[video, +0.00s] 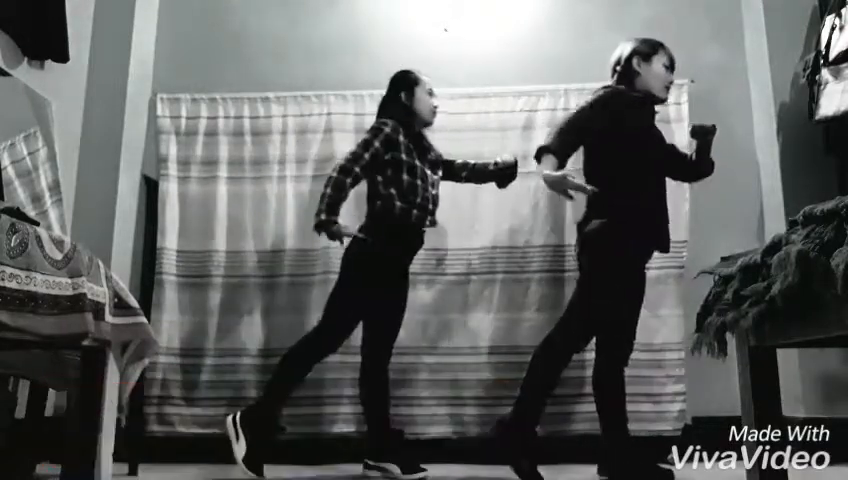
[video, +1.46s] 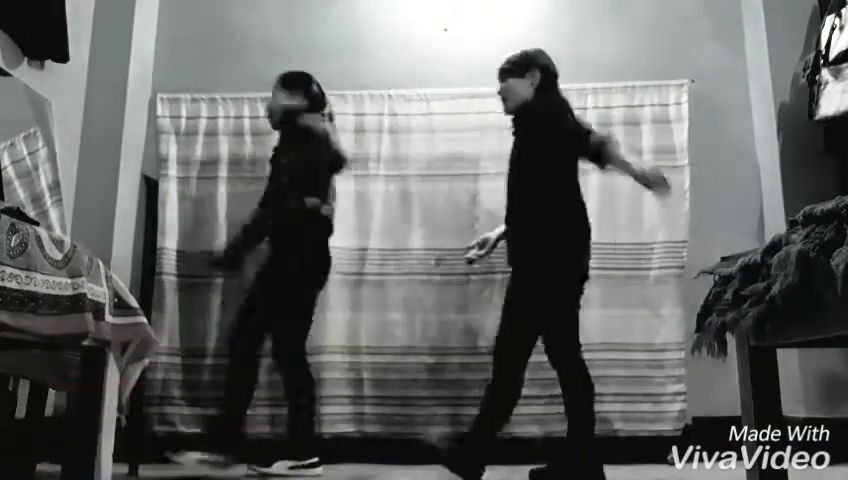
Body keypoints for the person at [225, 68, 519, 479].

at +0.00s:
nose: (436, 102)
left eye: (434, 95)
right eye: (429, 94)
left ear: (410, 100)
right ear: (405, 98)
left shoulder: (420, 147)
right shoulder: (387, 132)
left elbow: (451, 169)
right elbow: (348, 169)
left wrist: (499, 171)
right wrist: (326, 217)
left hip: (395, 258)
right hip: (372, 254)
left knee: (378, 355)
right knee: (327, 338)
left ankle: (381, 449)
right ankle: (255, 421)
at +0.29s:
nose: (435, 104)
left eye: (434, 97)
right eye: (427, 96)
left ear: (412, 103)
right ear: (404, 101)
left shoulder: (421, 151)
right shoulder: (387, 131)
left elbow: (450, 173)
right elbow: (348, 162)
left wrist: (499, 175)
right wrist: (333, 208)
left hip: (394, 257)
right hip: (371, 251)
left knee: (377, 356)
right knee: (327, 338)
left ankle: (380, 450)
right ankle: (255, 422)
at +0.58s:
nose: (429, 104)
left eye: (429, 97)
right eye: (422, 96)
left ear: (406, 102)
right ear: (398, 100)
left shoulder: (415, 149)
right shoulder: (381, 130)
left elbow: (441, 174)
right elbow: (344, 162)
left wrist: (485, 181)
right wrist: (334, 207)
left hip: (391, 255)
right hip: (366, 249)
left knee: (377, 354)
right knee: (325, 338)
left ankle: (380, 449)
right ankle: (253, 423)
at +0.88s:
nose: (429, 115)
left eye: (427, 108)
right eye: (419, 108)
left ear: (419, 120)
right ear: (399, 118)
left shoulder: (426, 171)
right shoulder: (378, 159)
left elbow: (478, 202)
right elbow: (345, 208)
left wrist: (469, 175)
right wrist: (381, 248)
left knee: (401, 359)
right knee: (367, 332)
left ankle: (386, 452)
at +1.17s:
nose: (315, 98)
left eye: (321, 90)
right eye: (316, 90)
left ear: (342, 95)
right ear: (331, 96)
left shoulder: (372, 135)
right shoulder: (324, 135)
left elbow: (392, 193)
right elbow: (300, 152)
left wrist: (402, 251)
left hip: (364, 253)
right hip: (334, 252)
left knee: (367, 351)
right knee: (306, 347)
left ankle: (390, 453)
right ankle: (304, 448)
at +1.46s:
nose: (268, 104)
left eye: (275, 97)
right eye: (271, 97)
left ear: (294, 100)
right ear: (305, 100)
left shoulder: (298, 139)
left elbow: (274, 206)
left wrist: (234, 251)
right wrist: (234, 250)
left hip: (293, 254)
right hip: (306, 254)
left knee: (245, 337)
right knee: (290, 348)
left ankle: (227, 435)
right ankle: (303, 443)